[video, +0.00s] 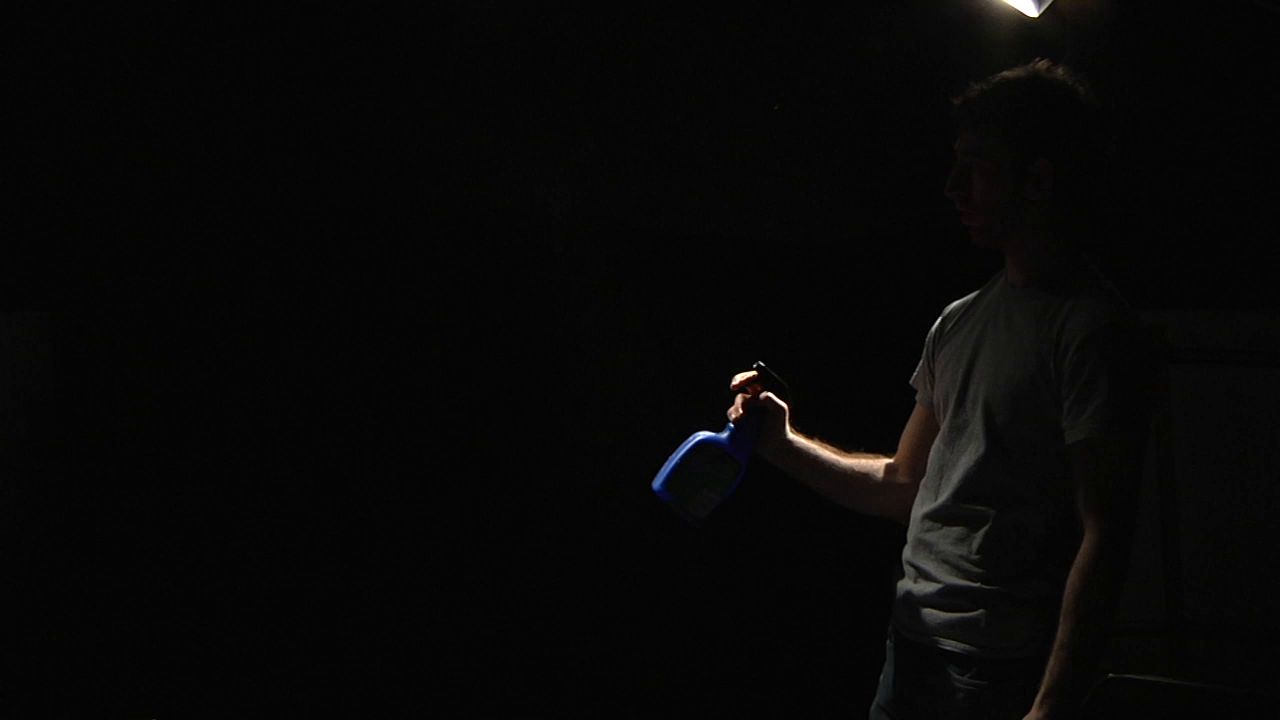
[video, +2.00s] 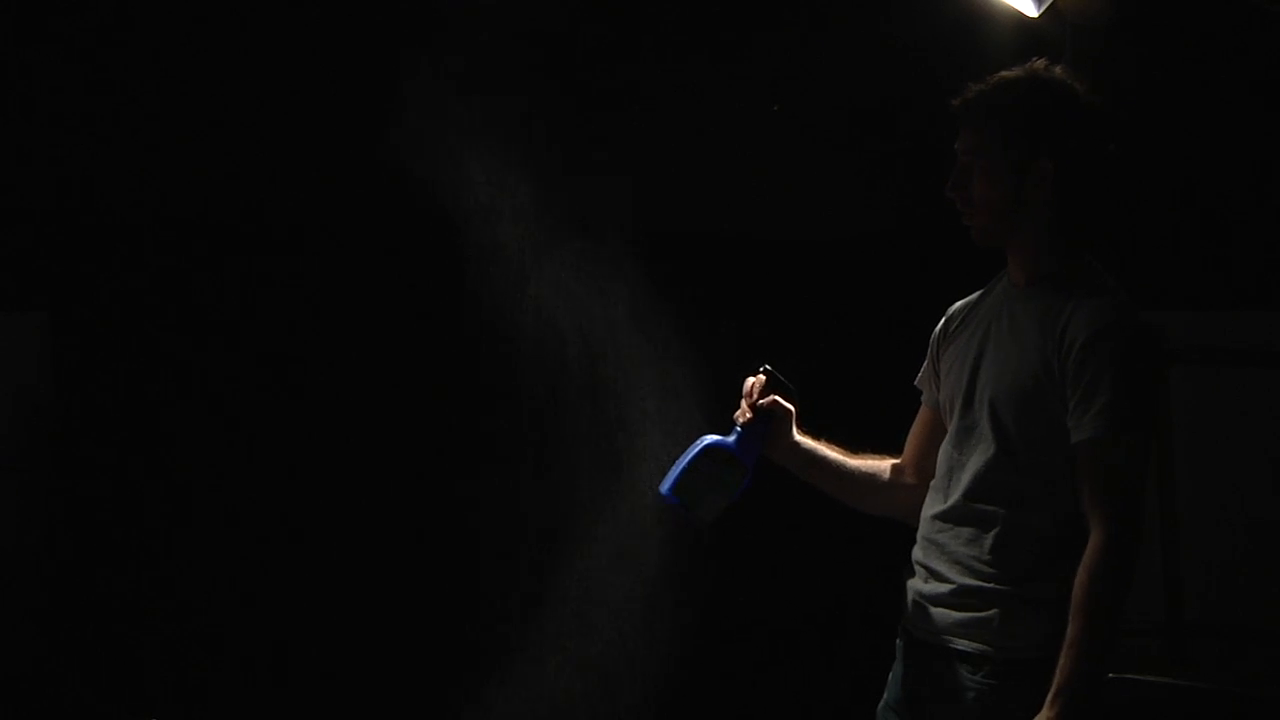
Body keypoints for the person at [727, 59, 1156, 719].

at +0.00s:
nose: (956, 183)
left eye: (976, 162)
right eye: (959, 162)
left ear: (1036, 176)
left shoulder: (1095, 327)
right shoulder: (958, 322)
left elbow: (1106, 531)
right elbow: (905, 484)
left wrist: (1052, 701)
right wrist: (784, 441)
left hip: (1007, 661)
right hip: (914, 643)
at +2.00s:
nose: (955, 185)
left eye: (976, 164)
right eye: (959, 163)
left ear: (1037, 174)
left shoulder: (1096, 324)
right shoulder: (962, 322)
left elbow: (1112, 529)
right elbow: (912, 486)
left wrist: (1062, 698)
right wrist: (791, 443)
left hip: (1013, 663)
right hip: (923, 646)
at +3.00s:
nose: (963, 180)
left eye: (983, 159)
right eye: (967, 159)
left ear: (1044, 171)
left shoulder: (1097, 323)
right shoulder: (966, 321)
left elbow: (1108, 526)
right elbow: (914, 485)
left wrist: (1035, 692)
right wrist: (797, 443)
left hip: (1011, 668)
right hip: (925, 648)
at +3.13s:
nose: (1122, 324)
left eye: (1145, 306)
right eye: (1123, 305)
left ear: (1202, 319)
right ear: (1121, 320)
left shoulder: (1258, 459)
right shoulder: (1088, 456)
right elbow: (930, 520)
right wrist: (806, 453)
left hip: (1233, 699)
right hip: (1117, 700)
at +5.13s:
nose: (1119, 316)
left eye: (1142, 299)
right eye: (1123, 297)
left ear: (1202, 319)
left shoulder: (1258, 459)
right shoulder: (1088, 456)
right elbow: (933, 519)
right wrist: (811, 449)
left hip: (1233, 702)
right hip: (1118, 702)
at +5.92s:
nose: (1115, 324)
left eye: (1138, 306)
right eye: (1120, 305)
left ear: (1198, 324)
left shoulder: (1256, 462)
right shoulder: (1084, 460)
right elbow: (929, 524)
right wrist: (809, 453)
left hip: (1233, 700)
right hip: (1114, 701)